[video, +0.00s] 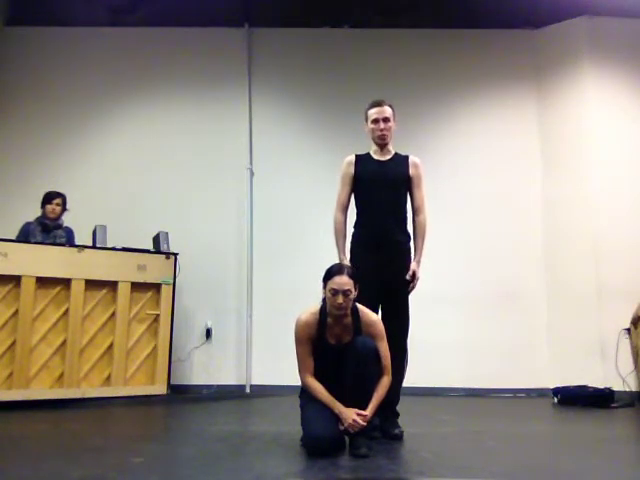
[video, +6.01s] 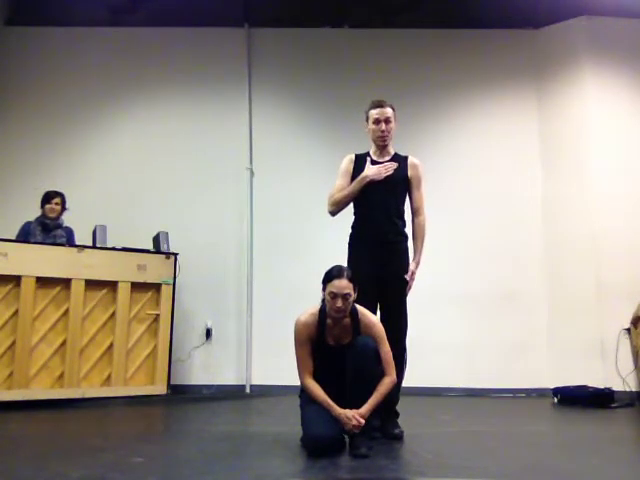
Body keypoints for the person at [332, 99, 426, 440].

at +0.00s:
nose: (381, 126)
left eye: (386, 120)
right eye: (375, 121)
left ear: (394, 124)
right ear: (366, 127)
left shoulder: (411, 166)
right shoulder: (353, 164)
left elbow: (420, 215)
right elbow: (340, 213)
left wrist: (417, 259)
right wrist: (343, 260)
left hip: (397, 259)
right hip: (363, 260)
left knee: (396, 339)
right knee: (359, 339)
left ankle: (389, 416)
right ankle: (359, 417)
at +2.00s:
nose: (380, 122)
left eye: (385, 118)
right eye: (374, 118)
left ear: (393, 125)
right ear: (365, 126)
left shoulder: (409, 166)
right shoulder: (353, 164)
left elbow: (419, 215)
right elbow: (337, 208)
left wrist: (416, 260)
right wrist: (368, 178)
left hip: (394, 257)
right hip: (362, 256)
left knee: (395, 337)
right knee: (359, 336)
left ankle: (388, 415)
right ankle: (359, 416)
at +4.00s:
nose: (381, 126)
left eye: (386, 121)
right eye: (376, 121)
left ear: (394, 126)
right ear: (366, 128)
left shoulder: (409, 167)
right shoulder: (353, 164)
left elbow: (419, 215)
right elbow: (332, 205)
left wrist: (416, 259)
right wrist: (365, 177)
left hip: (394, 257)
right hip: (361, 257)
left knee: (394, 338)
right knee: (359, 336)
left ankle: (388, 415)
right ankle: (358, 416)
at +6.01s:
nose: (383, 127)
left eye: (388, 121)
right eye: (377, 122)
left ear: (395, 125)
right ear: (367, 127)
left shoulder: (410, 166)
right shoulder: (353, 163)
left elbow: (419, 215)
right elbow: (333, 206)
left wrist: (416, 260)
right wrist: (365, 177)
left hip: (394, 258)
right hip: (361, 257)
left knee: (394, 337)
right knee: (359, 336)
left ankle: (388, 415)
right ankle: (359, 416)